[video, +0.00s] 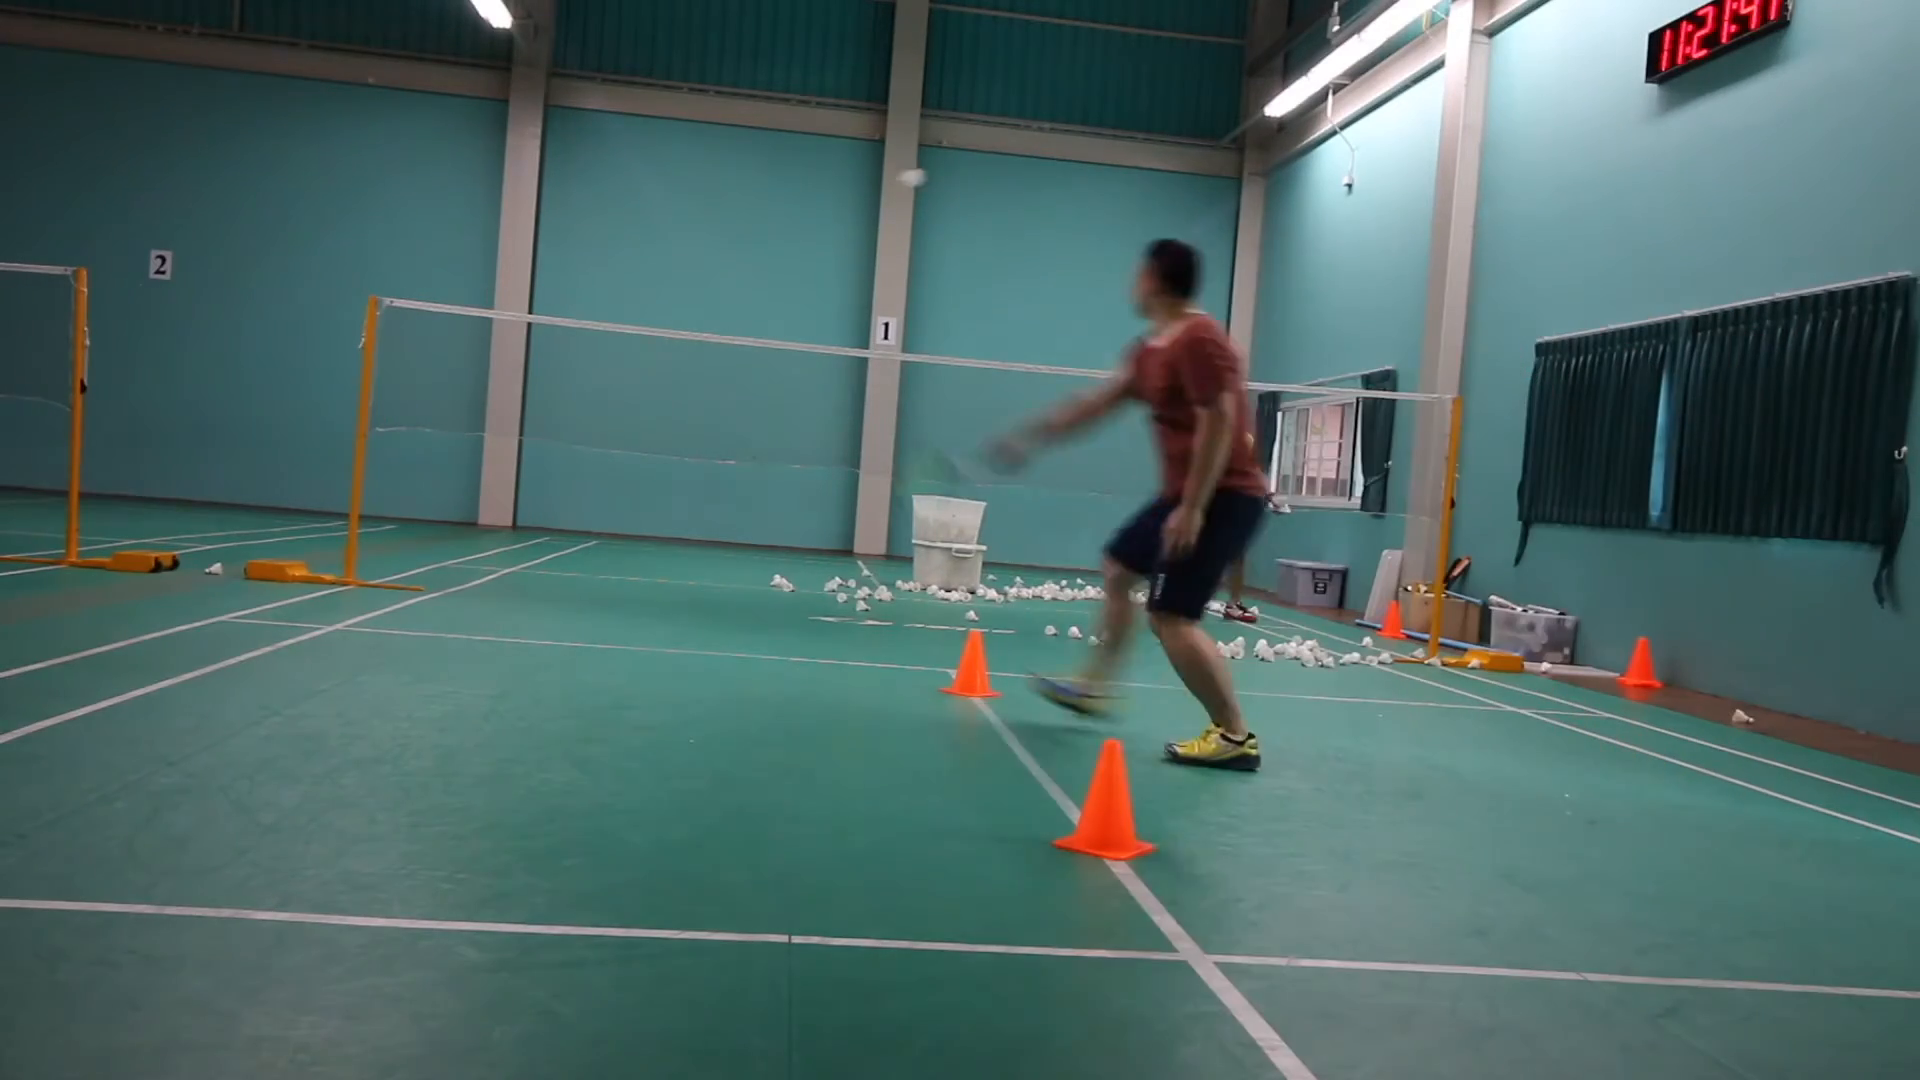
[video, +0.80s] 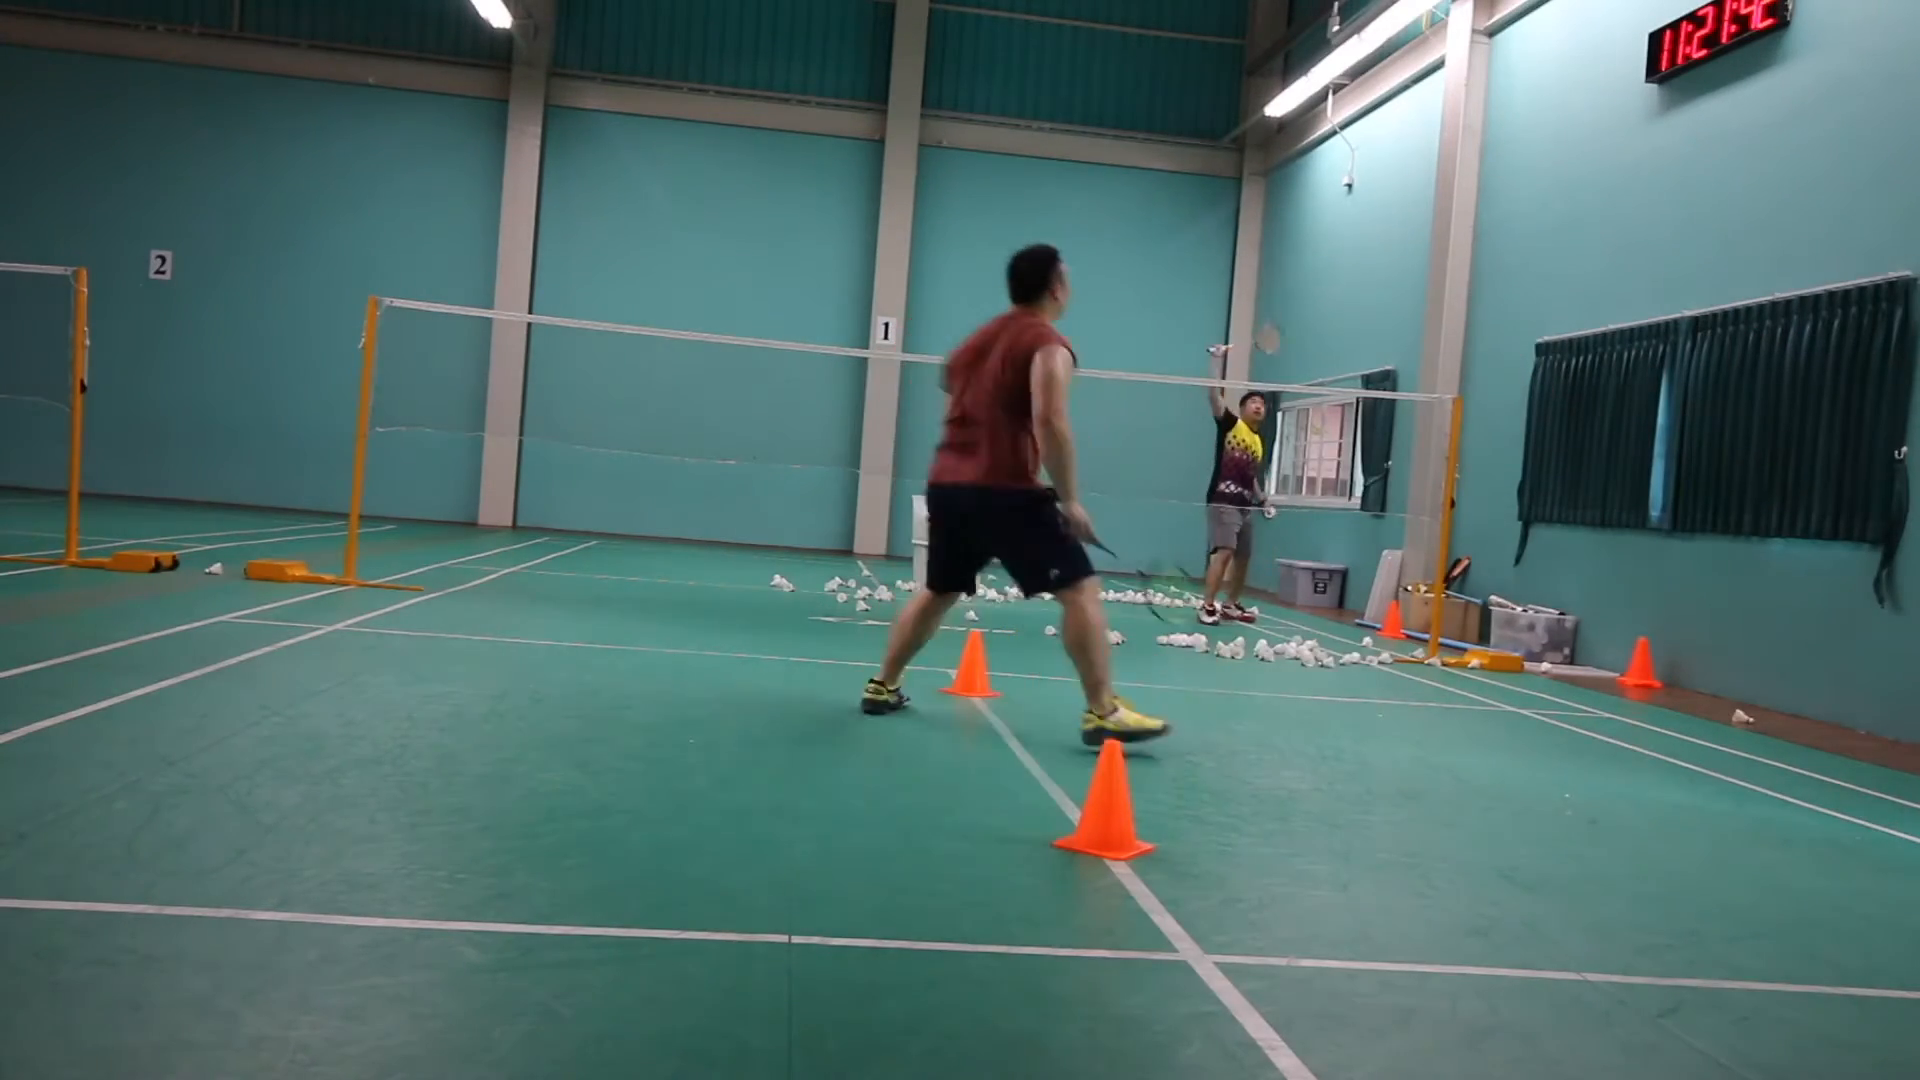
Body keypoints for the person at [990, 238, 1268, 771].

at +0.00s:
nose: (1136, 283)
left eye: (1143, 274)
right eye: (1140, 273)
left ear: (1159, 281)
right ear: (1176, 283)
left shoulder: (1200, 339)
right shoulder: (1152, 348)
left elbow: (1220, 422)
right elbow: (1099, 402)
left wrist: (1192, 506)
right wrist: (1034, 436)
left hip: (1229, 497)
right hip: (1185, 494)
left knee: (1171, 616)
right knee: (1120, 564)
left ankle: (1234, 734)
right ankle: (1094, 686)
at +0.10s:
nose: (1036, 302)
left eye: (1045, 295)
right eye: (1039, 293)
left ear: (1065, 305)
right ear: (1057, 304)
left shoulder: (1117, 365)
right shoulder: (1028, 356)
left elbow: (1164, 427)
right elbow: (949, 355)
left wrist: (1178, 497)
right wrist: (878, 342)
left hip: (1126, 515)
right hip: (1075, 515)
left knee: (1127, 625)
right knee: (1016, 588)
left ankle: (1215, 726)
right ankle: (965, 683)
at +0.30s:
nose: (944, 302)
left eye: (944, 294)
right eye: (947, 295)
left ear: (946, 293)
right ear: (991, 296)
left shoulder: (969, 330)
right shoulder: (999, 334)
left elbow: (996, 382)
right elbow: (1022, 410)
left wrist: (998, 459)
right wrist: (983, 473)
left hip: (1020, 481)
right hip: (1017, 478)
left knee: (992, 596)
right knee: (961, 566)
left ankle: (1102, 660)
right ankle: (958, 677)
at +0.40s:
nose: (939, 286)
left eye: (938, 279)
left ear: (938, 279)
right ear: (986, 281)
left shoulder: (935, 320)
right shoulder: (1013, 329)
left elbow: (915, 378)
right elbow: (1054, 396)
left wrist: (897, 453)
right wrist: (1059, 473)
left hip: (980, 471)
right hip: (1028, 472)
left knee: (934, 570)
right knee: (973, 572)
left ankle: (984, 670)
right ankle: (962, 671)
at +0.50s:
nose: (988, 284)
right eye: (988, 278)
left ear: (937, 279)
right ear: (984, 278)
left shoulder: (909, 331)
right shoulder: (1016, 329)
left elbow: (868, 395)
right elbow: (1069, 386)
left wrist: (848, 471)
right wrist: (1093, 453)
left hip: (936, 473)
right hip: (1003, 473)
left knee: (903, 583)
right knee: (971, 577)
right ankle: (956, 680)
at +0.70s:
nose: (1034, 269)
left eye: (1031, 262)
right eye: (1033, 262)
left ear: (982, 263)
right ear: (1024, 263)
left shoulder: (937, 313)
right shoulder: (1035, 313)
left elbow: (911, 390)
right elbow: (1041, 387)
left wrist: (922, 440)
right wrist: (1051, 466)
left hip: (938, 461)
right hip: (1005, 460)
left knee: (933, 565)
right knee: (1039, 573)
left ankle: (886, 662)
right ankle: (1043, 691)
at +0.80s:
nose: (1068, 290)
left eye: (1065, 280)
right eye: (1065, 281)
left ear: (1016, 289)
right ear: (1055, 288)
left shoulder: (984, 335)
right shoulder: (1049, 344)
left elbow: (950, 380)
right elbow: (1049, 420)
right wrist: (1070, 497)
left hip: (950, 491)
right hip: (1010, 494)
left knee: (940, 588)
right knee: (1081, 588)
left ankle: (883, 684)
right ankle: (1103, 708)